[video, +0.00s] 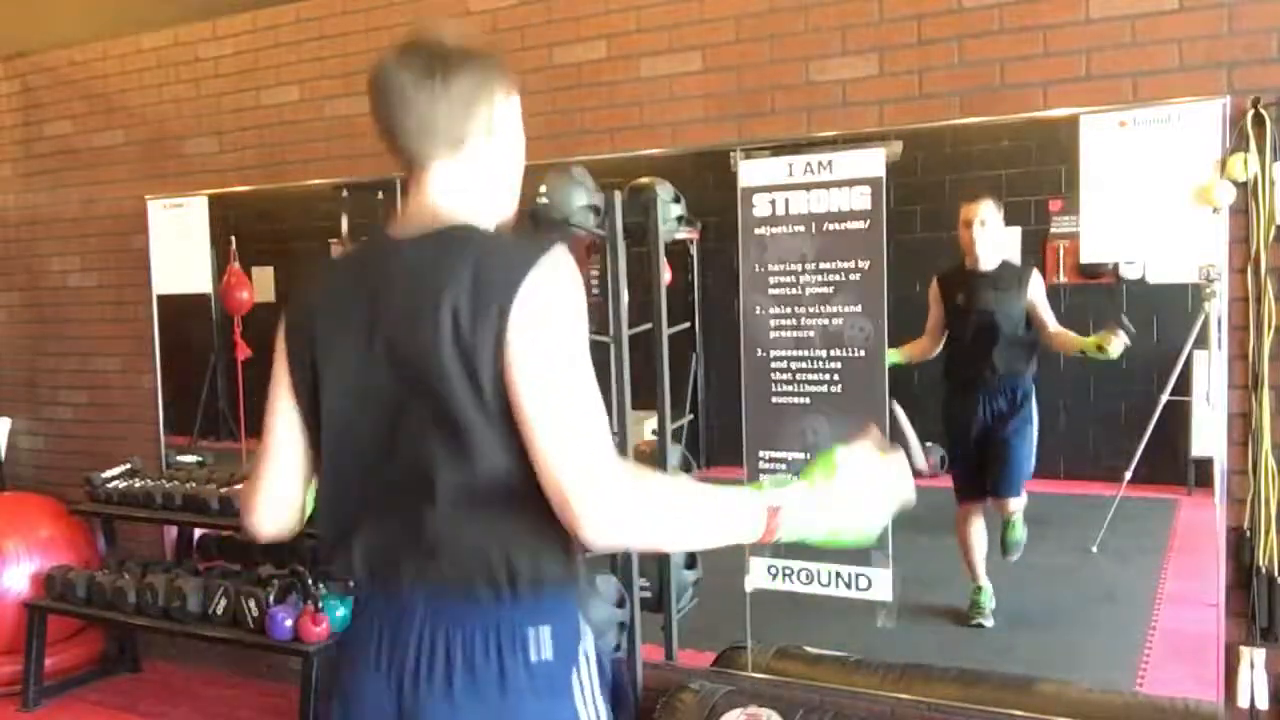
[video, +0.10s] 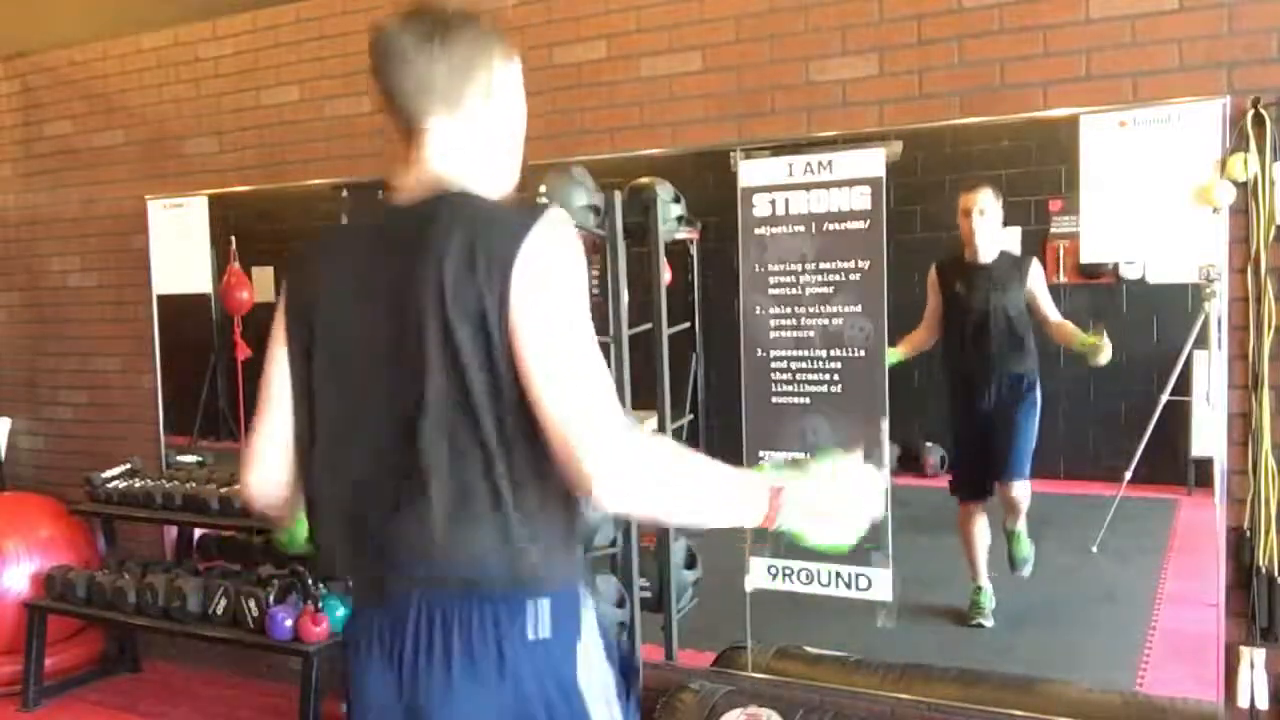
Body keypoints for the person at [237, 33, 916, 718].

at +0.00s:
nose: (523, 160)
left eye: (519, 136)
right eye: (518, 135)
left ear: (400, 144)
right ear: (493, 132)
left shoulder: (317, 297)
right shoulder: (525, 272)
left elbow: (267, 513)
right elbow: (601, 508)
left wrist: (365, 437)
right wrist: (789, 511)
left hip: (372, 641)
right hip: (519, 647)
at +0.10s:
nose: (524, 125)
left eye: (519, 98)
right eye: (518, 99)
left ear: (396, 110)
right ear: (491, 100)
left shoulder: (315, 265)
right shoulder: (523, 242)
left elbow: (266, 483)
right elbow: (607, 461)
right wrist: (784, 497)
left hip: (379, 636)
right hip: (522, 635)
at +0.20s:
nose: (529, 54)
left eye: (523, 31)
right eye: (523, 30)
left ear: (406, 49)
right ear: (502, 29)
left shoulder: (327, 209)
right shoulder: (526, 174)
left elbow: (280, 419)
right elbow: (599, 412)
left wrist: (255, 552)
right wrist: (772, 532)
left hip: (379, 568)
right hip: (524, 567)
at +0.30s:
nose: (536, 80)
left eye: (529, 56)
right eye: (529, 55)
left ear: (406, 72)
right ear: (503, 60)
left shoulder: (320, 234)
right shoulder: (539, 198)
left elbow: (286, 472)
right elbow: (602, 439)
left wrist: (285, 519)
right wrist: (783, 520)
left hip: (380, 582)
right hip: (523, 584)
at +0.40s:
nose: (542, 161)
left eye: (537, 137)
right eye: (538, 137)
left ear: (415, 152)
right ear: (516, 140)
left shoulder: (333, 309)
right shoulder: (549, 295)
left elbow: (274, 513)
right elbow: (632, 515)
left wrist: (387, 444)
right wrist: (823, 491)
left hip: (398, 663)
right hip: (540, 664)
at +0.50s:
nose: (557, 118)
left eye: (553, 93)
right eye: (553, 93)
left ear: (424, 105)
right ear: (528, 97)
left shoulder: (339, 270)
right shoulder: (557, 247)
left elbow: (282, 478)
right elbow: (632, 472)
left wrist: (393, 434)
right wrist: (810, 502)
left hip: (396, 637)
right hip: (539, 635)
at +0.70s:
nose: (569, 83)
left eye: (564, 61)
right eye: (565, 60)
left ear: (441, 74)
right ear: (540, 63)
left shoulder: (348, 239)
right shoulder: (571, 212)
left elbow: (303, 471)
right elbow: (613, 448)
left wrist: (302, 511)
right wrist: (802, 544)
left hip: (407, 592)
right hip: (550, 601)